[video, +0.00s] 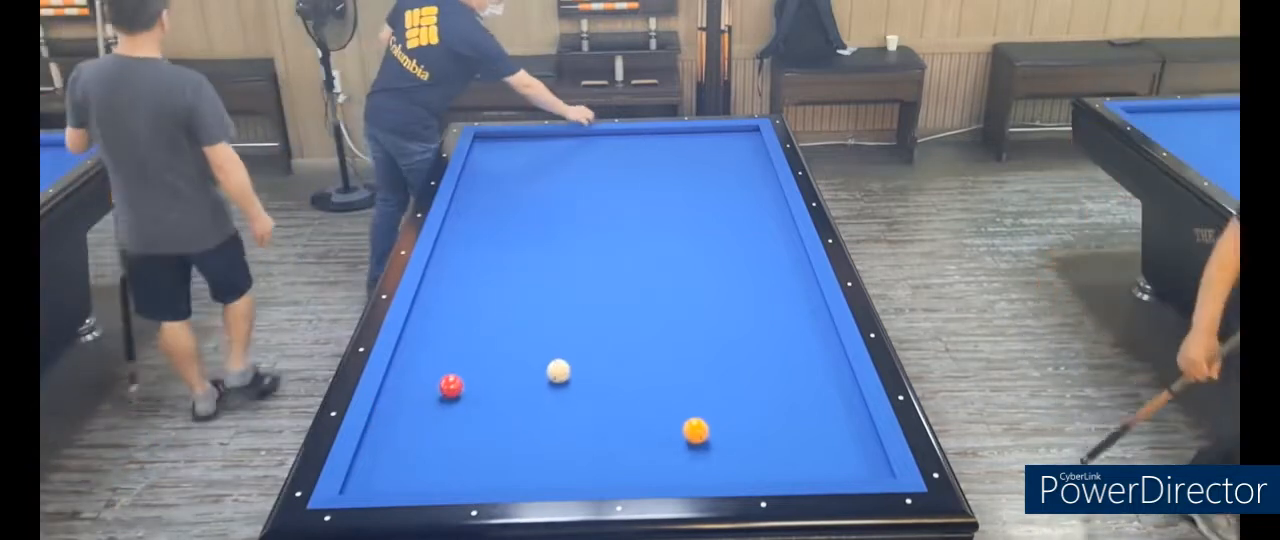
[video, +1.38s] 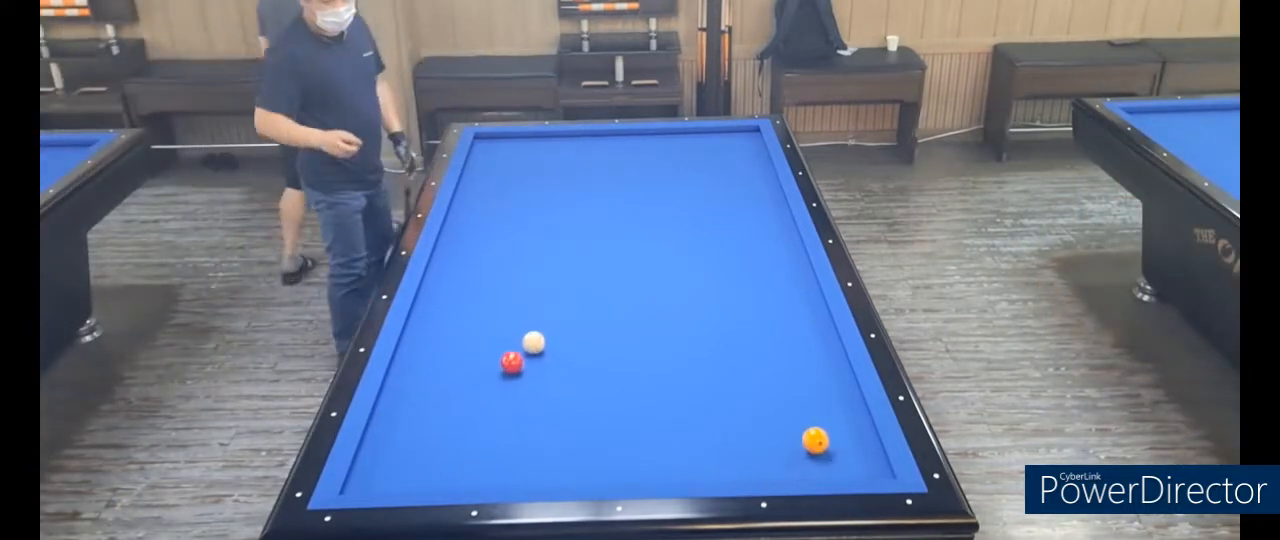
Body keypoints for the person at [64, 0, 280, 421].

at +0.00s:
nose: (170, 21)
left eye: (167, 14)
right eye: (168, 14)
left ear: (114, 22)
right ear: (162, 19)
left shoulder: (87, 79)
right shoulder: (188, 86)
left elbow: (76, 143)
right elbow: (223, 163)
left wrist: (111, 118)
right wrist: (256, 215)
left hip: (142, 233)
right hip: (201, 225)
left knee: (172, 319)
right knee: (236, 292)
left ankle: (201, 397)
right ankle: (239, 373)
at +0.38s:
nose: (215, 12)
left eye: (212, 6)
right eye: (214, 7)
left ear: (168, 11)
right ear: (209, 10)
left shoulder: (139, 54)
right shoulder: (230, 64)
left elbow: (126, 109)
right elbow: (257, 136)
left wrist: (159, 94)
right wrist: (280, 192)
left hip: (185, 201)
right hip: (238, 196)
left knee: (198, 273)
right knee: (260, 256)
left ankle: (198, 355)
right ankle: (260, 325)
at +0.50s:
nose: (226, 6)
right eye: (225, 3)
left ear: (185, 2)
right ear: (221, 2)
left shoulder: (154, 46)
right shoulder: (247, 53)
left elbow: (143, 102)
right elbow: (277, 119)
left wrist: (181, 94)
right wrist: (296, 166)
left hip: (200, 181)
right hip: (252, 179)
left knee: (222, 239)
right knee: (265, 250)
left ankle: (214, 309)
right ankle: (259, 325)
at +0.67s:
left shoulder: (176, 32)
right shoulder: (260, 37)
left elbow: (161, 96)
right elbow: (294, 103)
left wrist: (195, 86)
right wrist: (304, 135)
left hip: (217, 166)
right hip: (264, 166)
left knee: (251, 226)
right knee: (268, 244)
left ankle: (261, 292)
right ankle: (260, 323)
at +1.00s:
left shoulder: (211, 13)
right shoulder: (283, 16)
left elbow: (205, 73)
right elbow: (310, 71)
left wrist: (236, 64)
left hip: (248, 136)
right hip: (290, 136)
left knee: (271, 203)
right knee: (315, 202)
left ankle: (295, 264)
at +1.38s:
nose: (337, 21)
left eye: (342, 15)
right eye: (328, 17)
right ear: (310, 7)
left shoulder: (267, 5)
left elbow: (266, 50)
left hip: (286, 88)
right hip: (321, 87)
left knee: (294, 179)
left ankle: (290, 259)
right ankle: (289, 259)